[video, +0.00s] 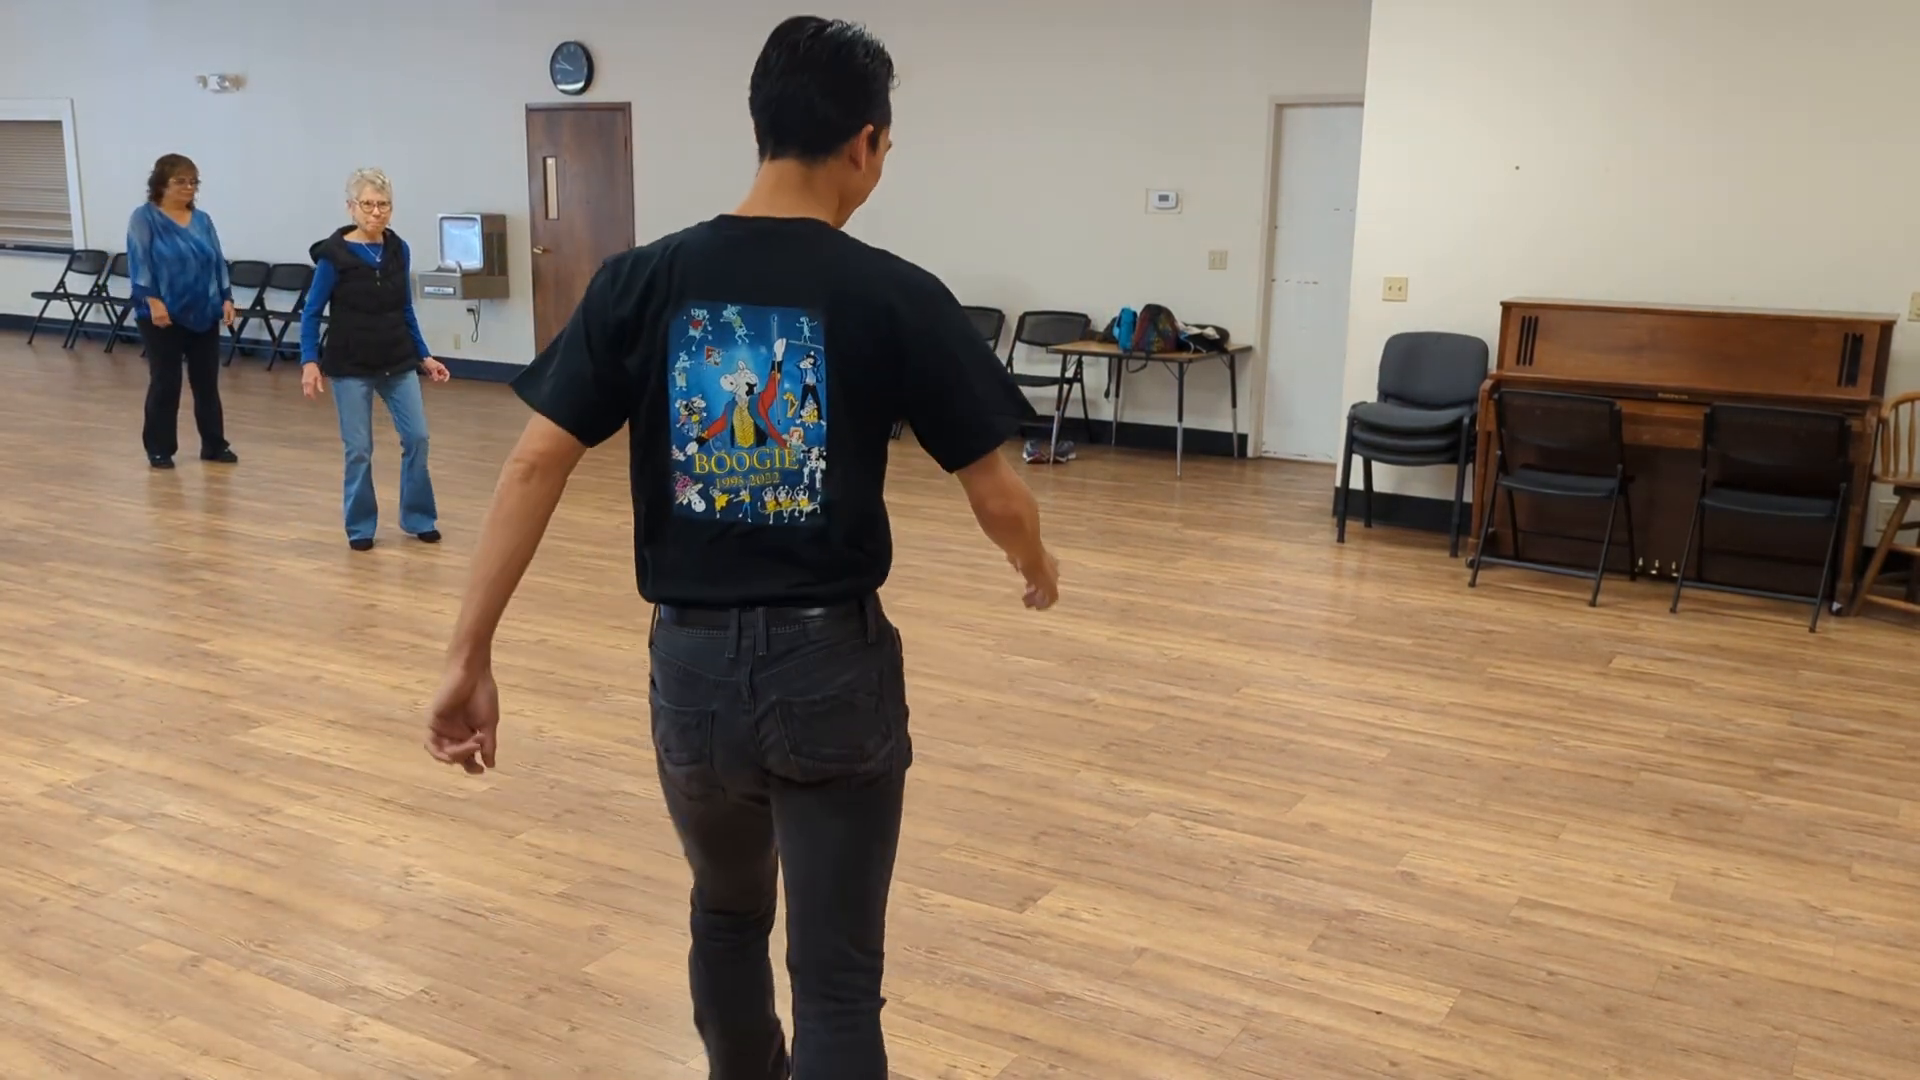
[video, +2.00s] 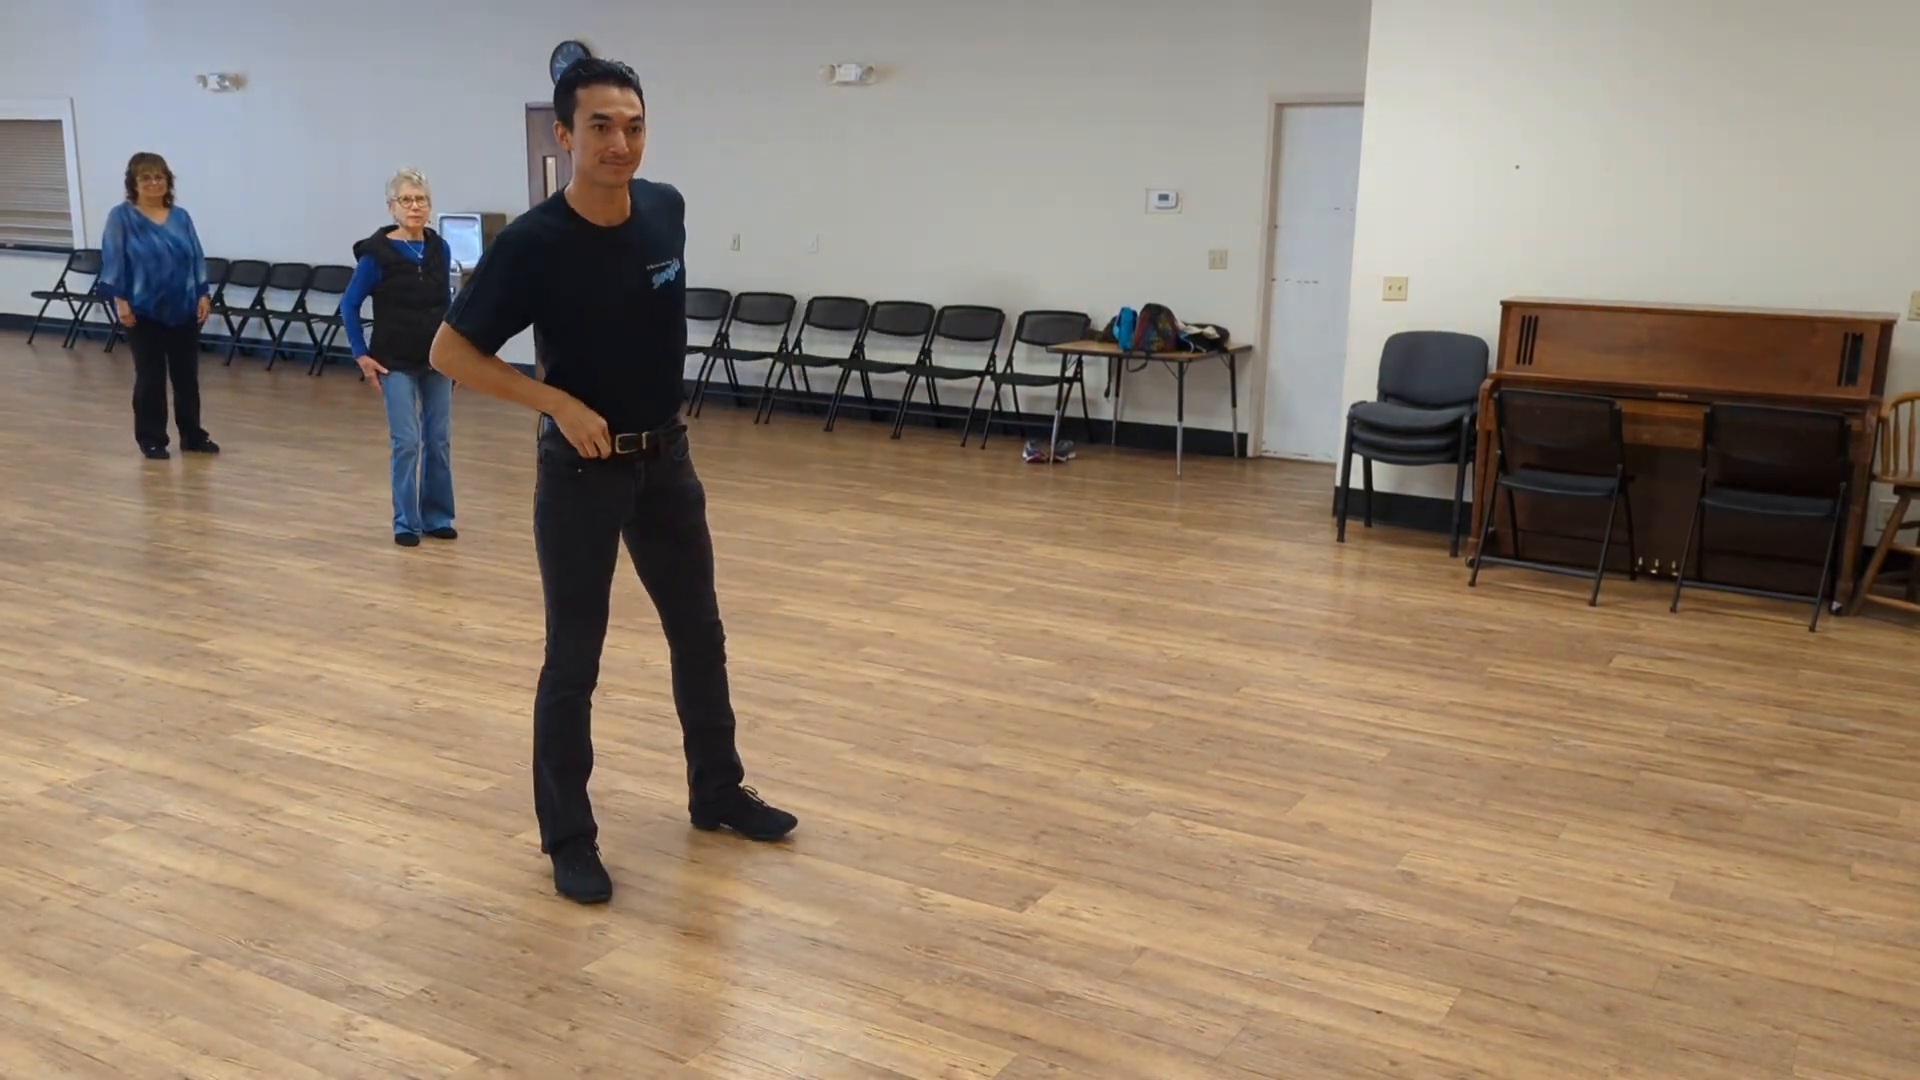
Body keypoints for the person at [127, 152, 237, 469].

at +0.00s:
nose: (190, 187)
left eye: (193, 181)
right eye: (182, 181)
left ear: (196, 184)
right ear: (163, 183)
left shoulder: (202, 219)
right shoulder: (144, 217)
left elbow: (219, 262)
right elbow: (139, 264)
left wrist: (226, 298)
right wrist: (153, 300)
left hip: (203, 313)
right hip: (163, 314)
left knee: (206, 383)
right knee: (166, 383)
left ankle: (214, 445)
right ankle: (159, 451)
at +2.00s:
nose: (152, 182)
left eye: (158, 177)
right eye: (145, 177)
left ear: (167, 181)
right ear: (134, 182)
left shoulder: (180, 216)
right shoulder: (122, 215)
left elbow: (197, 259)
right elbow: (113, 261)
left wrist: (203, 293)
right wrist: (120, 299)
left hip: (182, 309)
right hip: (144, 310)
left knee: (186, 376)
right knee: (151, 378)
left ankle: (192, 435)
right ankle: (152, 440)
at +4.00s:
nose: (165, 183)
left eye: (171, 178)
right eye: (158, 178)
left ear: (179, 183)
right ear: (145, 183)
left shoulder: (187, 217)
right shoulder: (133, 216)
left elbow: (202, 261)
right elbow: (129, 262)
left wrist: (212, 296)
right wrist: (140, 298)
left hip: (191, 308)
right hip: (155, 308)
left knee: (191, 374)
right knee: (157, 374)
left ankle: (193, 436)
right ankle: (152, 440)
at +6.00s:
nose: (182, 184)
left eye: (184, 179)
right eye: (175, 178)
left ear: (183, 183)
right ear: (156, 182)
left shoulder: (189, 217)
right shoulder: (136, 216)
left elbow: (203, 261)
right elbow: (132, 263)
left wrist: (213, 296)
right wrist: (140, 301)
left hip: (193, 308)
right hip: (157, 308)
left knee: (192, 375)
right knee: (158, 374)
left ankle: (193, 435)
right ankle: (152, 440)